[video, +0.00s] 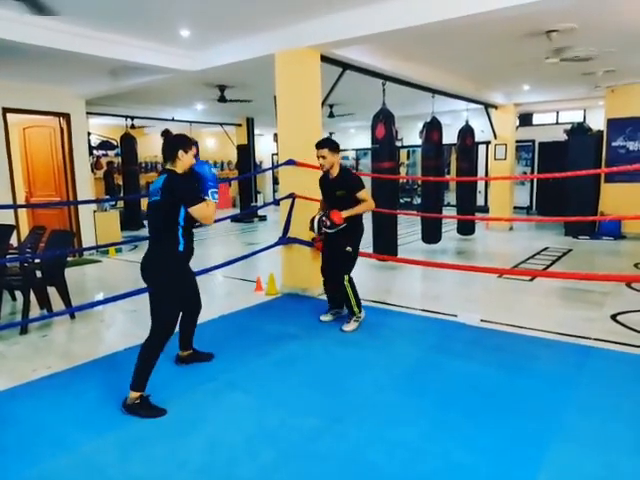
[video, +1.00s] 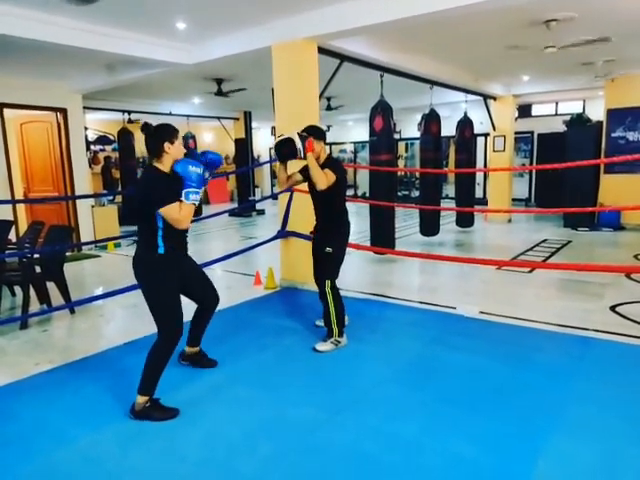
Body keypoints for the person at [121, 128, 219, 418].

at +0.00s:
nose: (194, 161)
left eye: (194, 156)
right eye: (192, 155)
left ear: (172, 155)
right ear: (181, 155)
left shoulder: (161, 181)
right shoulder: (180, 182)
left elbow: (195, 215)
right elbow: (207, 216)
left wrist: (202, 204)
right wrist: (207, 191)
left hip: (169, 261)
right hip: (166, 265)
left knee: (192, 306)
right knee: (163, 328)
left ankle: (185, 351)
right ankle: (135, 396)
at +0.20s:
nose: (181, 148)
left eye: (180, 144)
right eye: (178, 144)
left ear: (157, 146)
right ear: (167, 145)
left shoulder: (149, 172)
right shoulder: (171, 172)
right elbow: (200, 206)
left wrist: (193, 184)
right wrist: (200, 180)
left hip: (146, 256)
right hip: (153, 260)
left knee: (181, 305)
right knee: (152, 327)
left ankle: (172, 362)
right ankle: (131, 396)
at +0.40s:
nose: (178, 149)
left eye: (177, 144)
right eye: (175, 144)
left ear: (154, 147)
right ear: (164, 147)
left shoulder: (144, 174)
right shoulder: (164, 177)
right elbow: (190, 214)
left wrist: (188, 204)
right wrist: (193, 193)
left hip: (153, 257)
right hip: (153, 261)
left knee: (183, 307)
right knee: (163, 327)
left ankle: (167, 365)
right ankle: (132, 393)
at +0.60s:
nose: (179, 148)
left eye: (178, 143)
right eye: (177, 143)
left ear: (154, 145)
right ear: (165, 144)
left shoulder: (143, 171)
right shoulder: (163, 175)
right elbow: (194, 210)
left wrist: (186, 195)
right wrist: (193, 183)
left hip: (149, 256)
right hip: (153, 261)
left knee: (183, 307)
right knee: (173, 324)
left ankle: (169, 364)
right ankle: (145, 397)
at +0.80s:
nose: (181, 148)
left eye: (180, 143)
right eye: (178, 144)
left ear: (159, 148)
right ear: (164, 147)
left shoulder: (154, 175)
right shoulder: (154, 180)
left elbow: (185, 213)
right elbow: (189, 219)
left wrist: (190, 186)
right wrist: (195, 186)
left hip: (159, 262)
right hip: (148, 267)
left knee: (194, 302)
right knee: (172, 334)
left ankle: (180, 356)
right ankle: (143, 403)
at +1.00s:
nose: (183, 148)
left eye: (182, 142)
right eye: (180, 142)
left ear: (164, 148)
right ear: (167, 147)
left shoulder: (172, 176)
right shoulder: (152, 181)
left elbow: (185, 211)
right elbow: (182, 221)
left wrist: (200, 178)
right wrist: (193, 187)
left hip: (175, 259)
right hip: (154, 264)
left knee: (209, 298)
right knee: (171, 331)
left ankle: (192, 350)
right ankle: (142, 401)